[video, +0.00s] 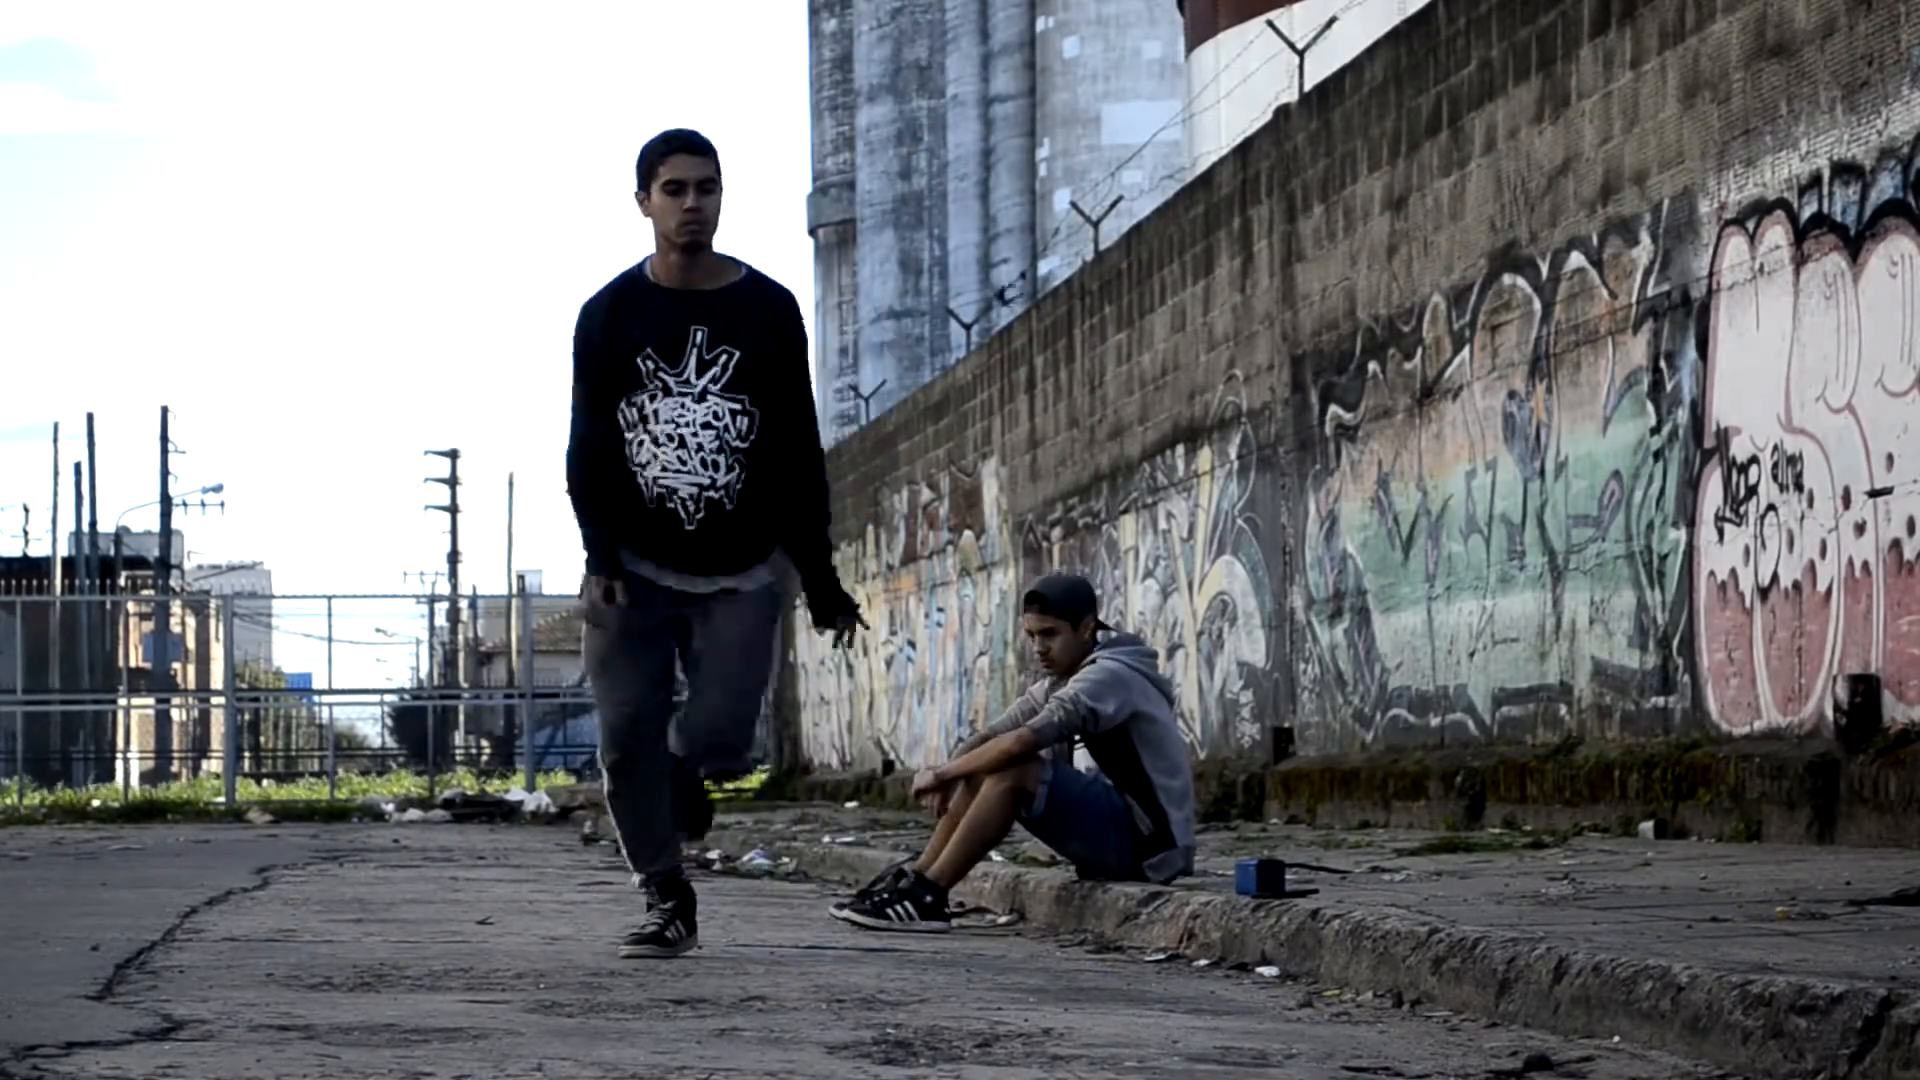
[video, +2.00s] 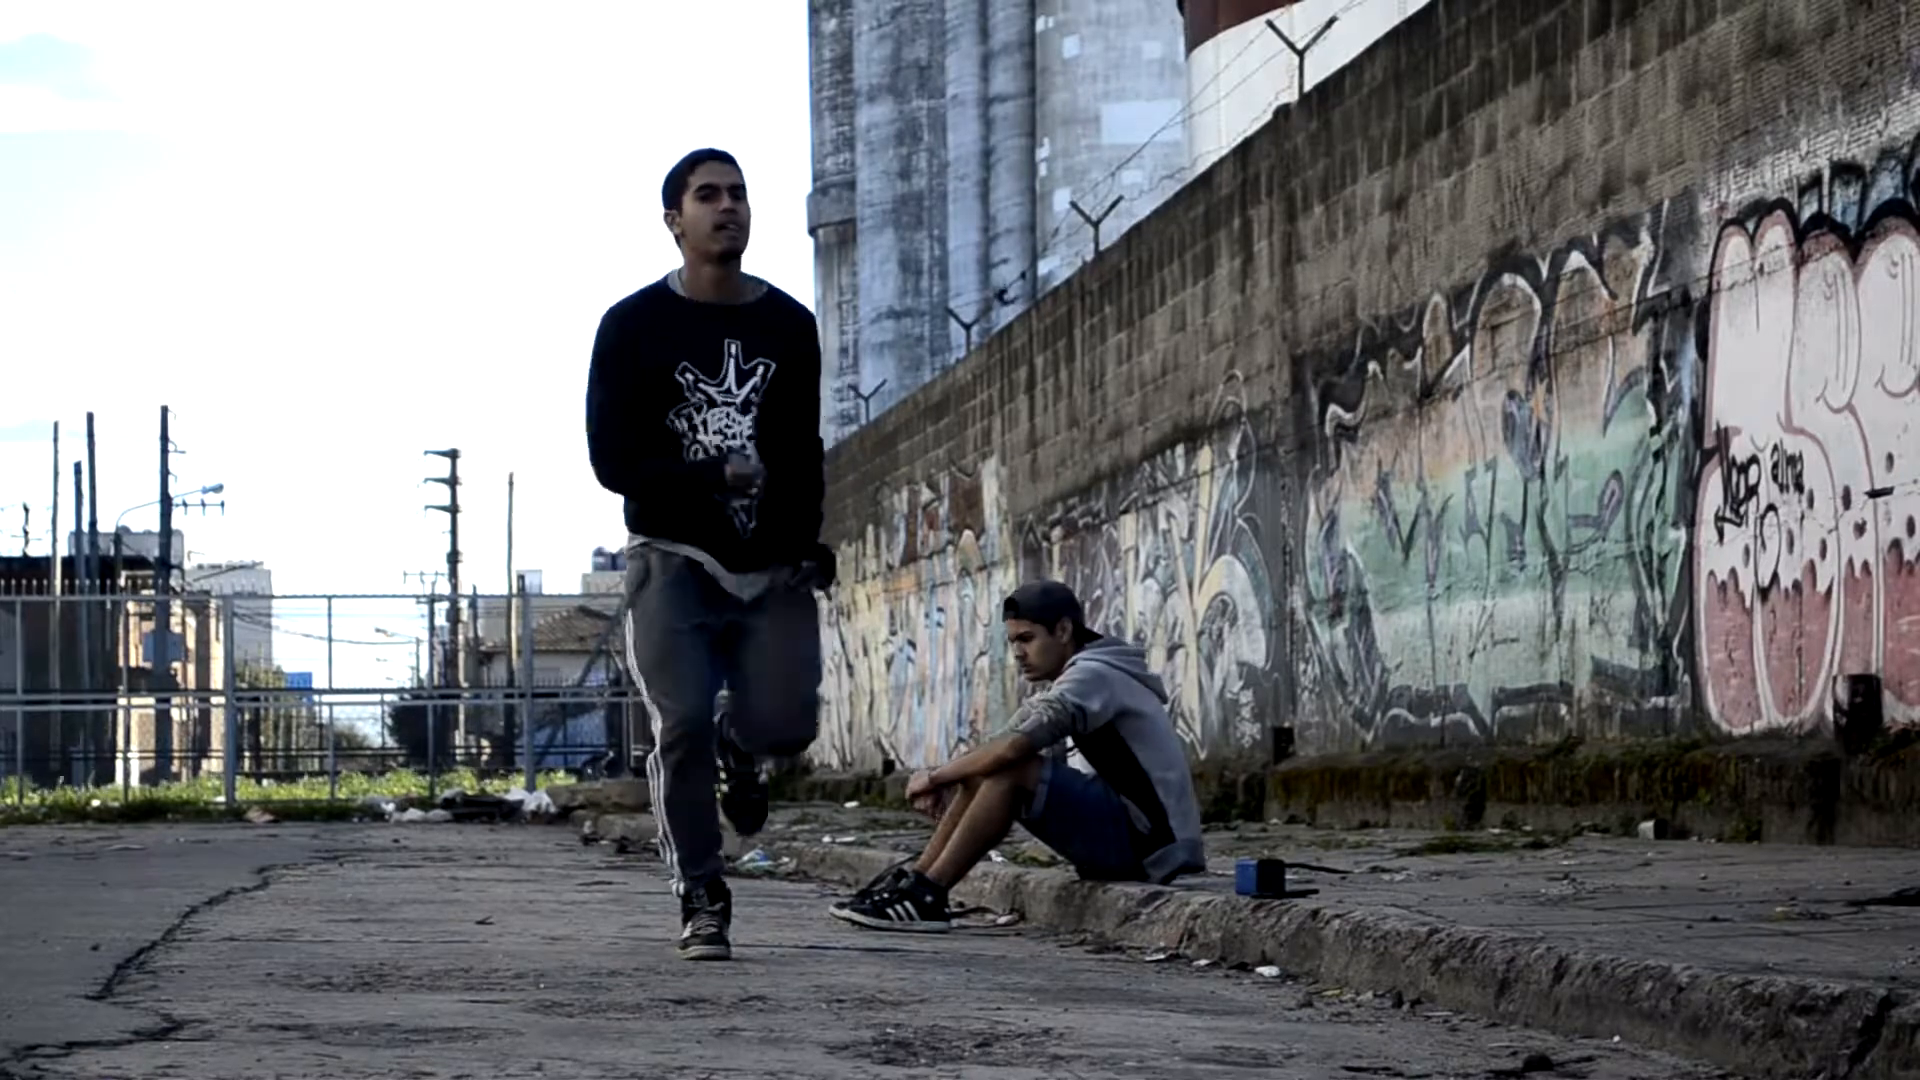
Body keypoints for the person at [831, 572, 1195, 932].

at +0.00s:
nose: (1039, 648)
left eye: (1049, 635)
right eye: (1031, 636)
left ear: (1088, 628)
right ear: (1027, 634)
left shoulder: (1110, 673)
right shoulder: (1068, 676)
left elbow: (1024, 743)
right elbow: (1002, 731)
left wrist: (943, 773)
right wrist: (945, 773)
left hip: (1148, 846)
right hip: (1118, 836)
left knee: (1015, 771)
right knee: (986, 763)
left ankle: (932, 894)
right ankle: (914, 883)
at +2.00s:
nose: (1017, 655)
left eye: (1025, 640)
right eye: (1013, 643)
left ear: (1064, 631)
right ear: (1061, 634)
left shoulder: (1094, 672)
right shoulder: (1077, 676)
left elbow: (1012, 749)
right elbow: (1015, 751)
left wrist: (936, 776)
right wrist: (946, 783)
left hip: (1150, 846)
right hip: (1124, 837)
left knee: (1012, 770)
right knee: (983, 767)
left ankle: (933, 895)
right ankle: (914, 883)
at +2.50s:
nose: (1019, 650)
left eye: (1028, 636)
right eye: (1015, 639)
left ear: (1067, 628)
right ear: (1061, 632)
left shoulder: (1101, 676)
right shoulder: (1064, 684)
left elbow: (1011, 751)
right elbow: (999, 743)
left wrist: (957, 749)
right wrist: (942, 776)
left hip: (1151, 848)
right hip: (1120, 839)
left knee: (1013, 771)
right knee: (983, 767)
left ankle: (933, 895)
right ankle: (915, 882)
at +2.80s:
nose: (1029, 642)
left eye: (1040, 629)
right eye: (1025, 630)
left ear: (1079, 627)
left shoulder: (1105, 674)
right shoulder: (1063, 671)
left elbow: (1007, 738)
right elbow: (990, 725)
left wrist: (994, 717)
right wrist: (936, 792)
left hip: (1147, 845)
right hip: (1116, 833)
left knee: (1013, 766)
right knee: (988, 756)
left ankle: (932, 895)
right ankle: (915, 882)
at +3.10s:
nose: (1029, 642)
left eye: (1039, 629)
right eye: (1026, 630)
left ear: (1079, 627)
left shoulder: (1103, 670)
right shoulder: (1073, 672)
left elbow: (1009, 737)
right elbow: (995, 728)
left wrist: (999, 720)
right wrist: (941, 784)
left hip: (1150, 842)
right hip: (1119, 832)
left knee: (1011, 765)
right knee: (989, 758)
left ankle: (932, 895)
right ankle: (912, 883)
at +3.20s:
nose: (1028, 639)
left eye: (1039, 626)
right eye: (1026, 628)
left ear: (1079, 625)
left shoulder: (1101, 667)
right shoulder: (1081, 669)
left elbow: (1010, 735)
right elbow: (1010, 734)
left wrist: (978, 725)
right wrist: (949, 771)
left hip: (1149, 843)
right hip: (1122, 834)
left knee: (1014, 764)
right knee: (988, 757)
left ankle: (936, 893)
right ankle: (914, 881)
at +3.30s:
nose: (1027, 637)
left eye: (1038, 625)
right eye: (1025, 626)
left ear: (1077, 624)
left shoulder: (1097, 665)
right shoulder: (1082, 668)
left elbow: (1012, 732)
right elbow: (1019, 745)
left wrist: (943, 749)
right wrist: (958, 763)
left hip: (1150, 842)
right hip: (1123, 833)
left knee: (1013, 764)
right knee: (985, 765)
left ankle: (935, 894)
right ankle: (915, 882)